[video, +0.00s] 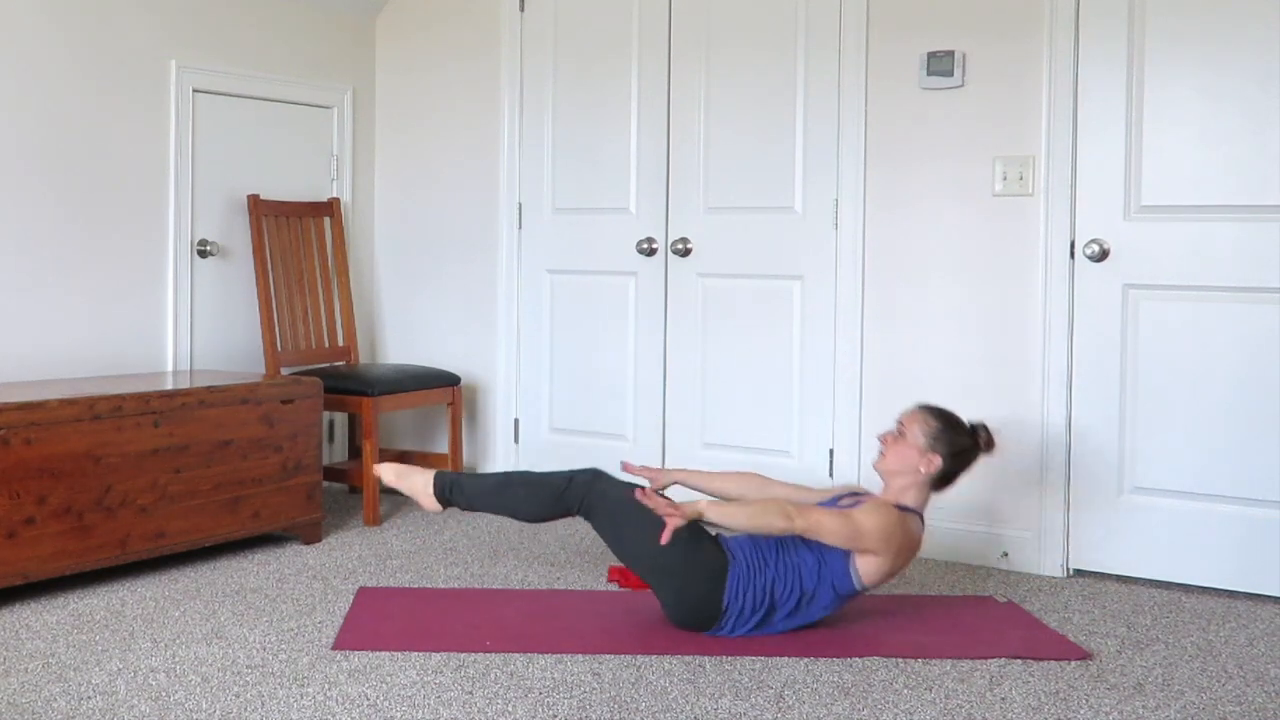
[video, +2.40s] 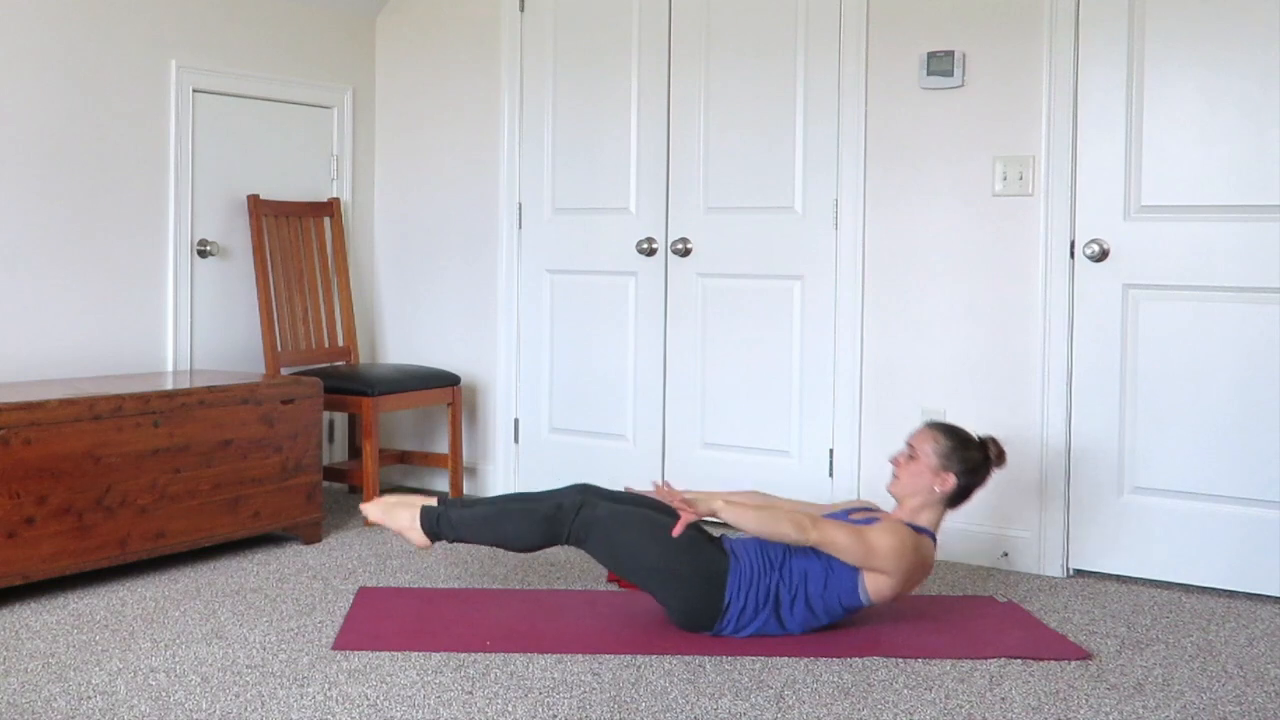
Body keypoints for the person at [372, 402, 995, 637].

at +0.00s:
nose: (883, 441)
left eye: (900, 438)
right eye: (891, 432)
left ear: (928, 466)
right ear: (910, 456)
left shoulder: (890, 524)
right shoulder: (870, 503)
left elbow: (794, 524)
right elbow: (774, 493)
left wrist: (695, 514)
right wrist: (680, 478)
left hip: (716, 587)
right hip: (719, 567)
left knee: (586, 485)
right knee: (590, 483)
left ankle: (436, 487)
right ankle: (444, 484)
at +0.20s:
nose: (824, 386)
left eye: (838, 382)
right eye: (831, 377)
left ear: (871, 407)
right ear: (860, 403)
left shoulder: (855, 477)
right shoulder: (819, 455)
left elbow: (755, 500)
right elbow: (730, 469)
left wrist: (652, 513)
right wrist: (644, 491)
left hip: (714, 596)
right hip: (707, 572)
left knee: (626, 446)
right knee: (622, 443)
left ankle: (483, 485)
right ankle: (484, 480)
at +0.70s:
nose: (878, 438)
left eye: (895, 435)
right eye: (886, 428)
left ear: (923, 464)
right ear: (902, 451)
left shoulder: (884, 526)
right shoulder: (861, 496)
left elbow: (784, 508)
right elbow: (770, 482)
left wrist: (686, 490)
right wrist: (681, 471)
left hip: (711, 593)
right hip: (716, 564)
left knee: (604, 467)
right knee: (607, 464)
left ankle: (459, 508)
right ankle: (466, 504)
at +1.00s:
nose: (932, 500)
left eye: (949, 502)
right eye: (942, 492)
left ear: (971, 537)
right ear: (950, 520)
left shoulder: (917, 578)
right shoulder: (909, 559)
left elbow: (839, 531)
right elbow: (827, 518)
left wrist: (754, 480)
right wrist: (740, 471)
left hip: (729, 587)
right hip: (732, 569)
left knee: (611, 477)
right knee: (615, 476)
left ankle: (473, 414)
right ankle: (478, 417)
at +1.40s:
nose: (898, 469)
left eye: (914, 465)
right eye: (906, 459)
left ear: (945, 492)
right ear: (932, 488)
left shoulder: (899, 544)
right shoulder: (903, 537)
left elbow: (800, 515)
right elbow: (801, 519)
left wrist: (709, 490)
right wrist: (706, 491)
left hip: (723, 583)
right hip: (728, 576)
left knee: (584, 505)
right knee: (588, 504)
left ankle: (434, 490)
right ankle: (441, 490)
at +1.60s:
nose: (844, 409)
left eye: (859, 402)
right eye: (851, 398)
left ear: (893, 424)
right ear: (880, 419)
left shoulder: (872, 489)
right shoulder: (849, 470)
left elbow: (767, 491)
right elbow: (759, 482)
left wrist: (670, 493)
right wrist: (667, 489)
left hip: (718, 597)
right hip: (717, 573)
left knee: (603, 467)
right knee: (605, 463)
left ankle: (463, 519)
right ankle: (469, 515)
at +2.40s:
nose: (898, 461)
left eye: (914, 458)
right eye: (906, 451)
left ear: (946, 484)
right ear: (926, 477)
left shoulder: (901, 542)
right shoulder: (886, 523)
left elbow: (796, 529)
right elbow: (787, 515)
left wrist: (708, 506)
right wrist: (704, 502)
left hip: (722, 590)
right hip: (724, 570)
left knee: (578, 507)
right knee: (581, 500)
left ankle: (430, 520)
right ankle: (436, 516)